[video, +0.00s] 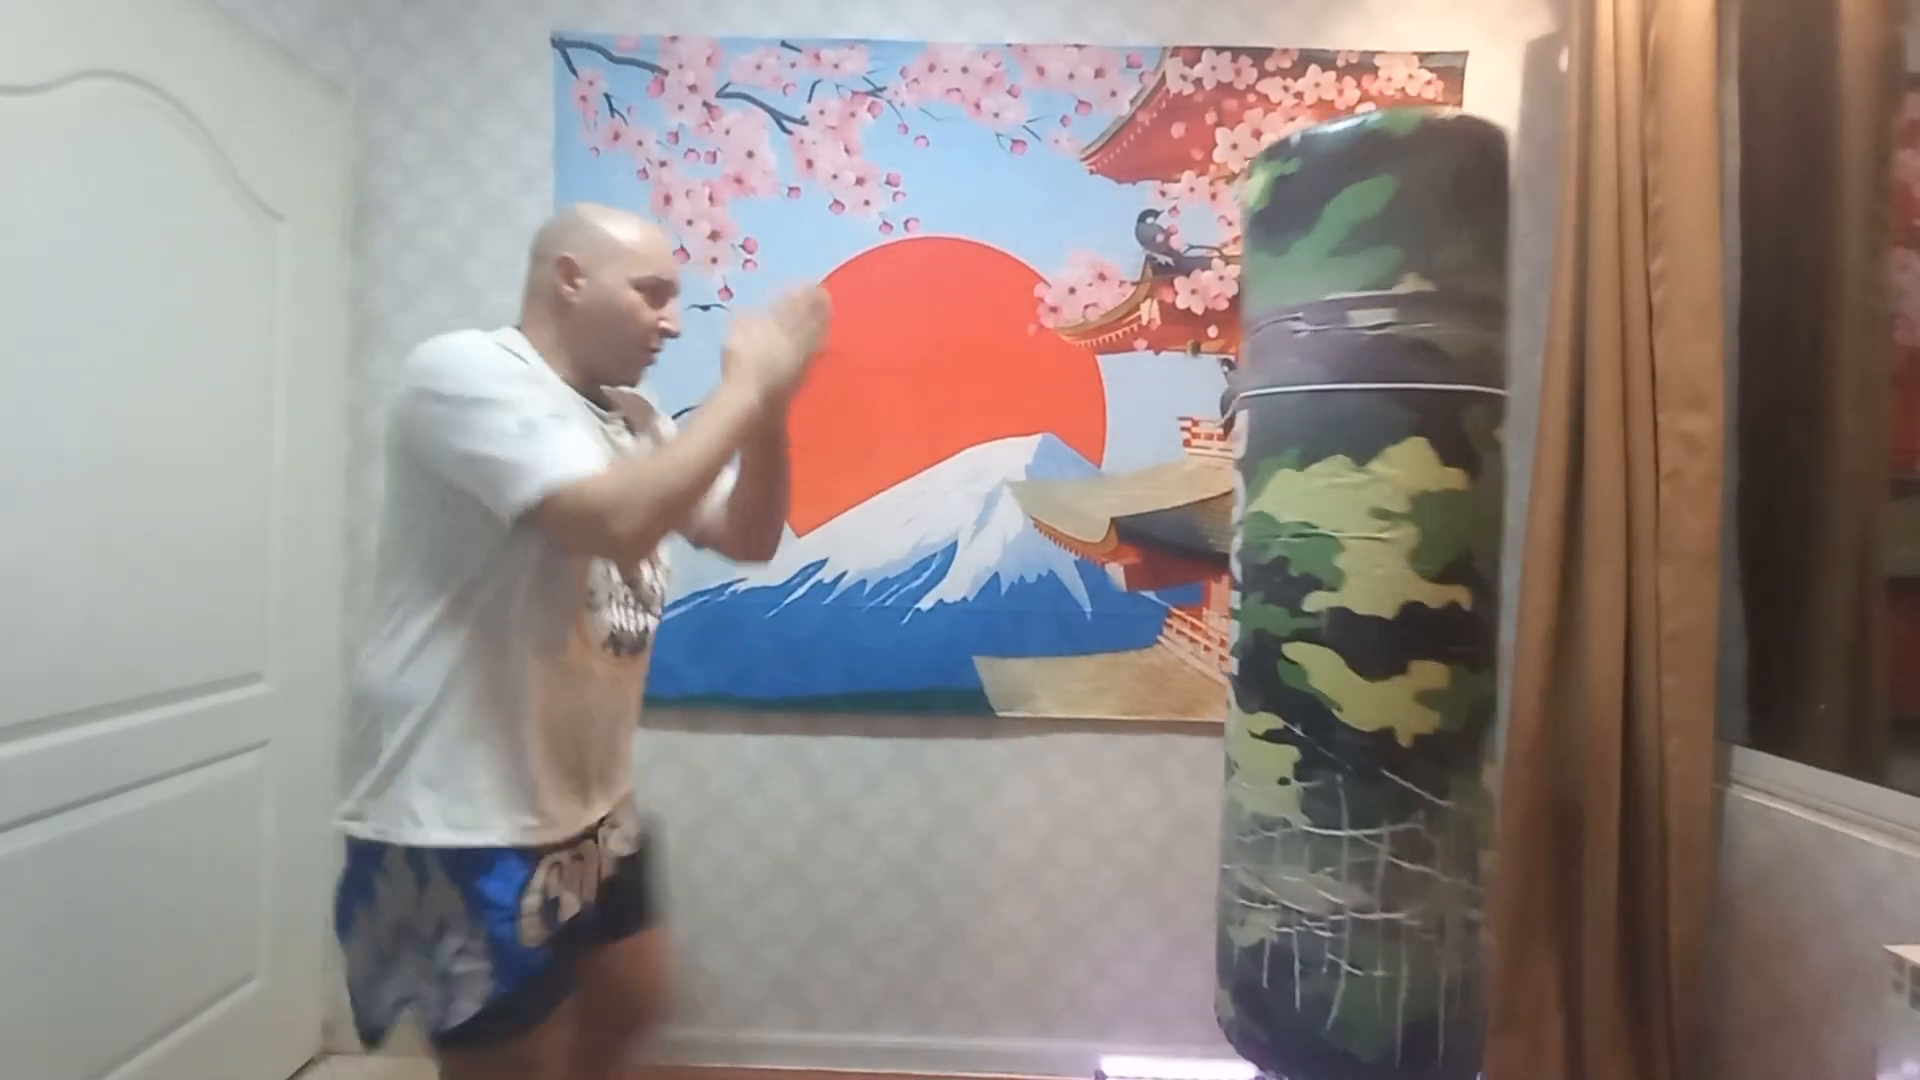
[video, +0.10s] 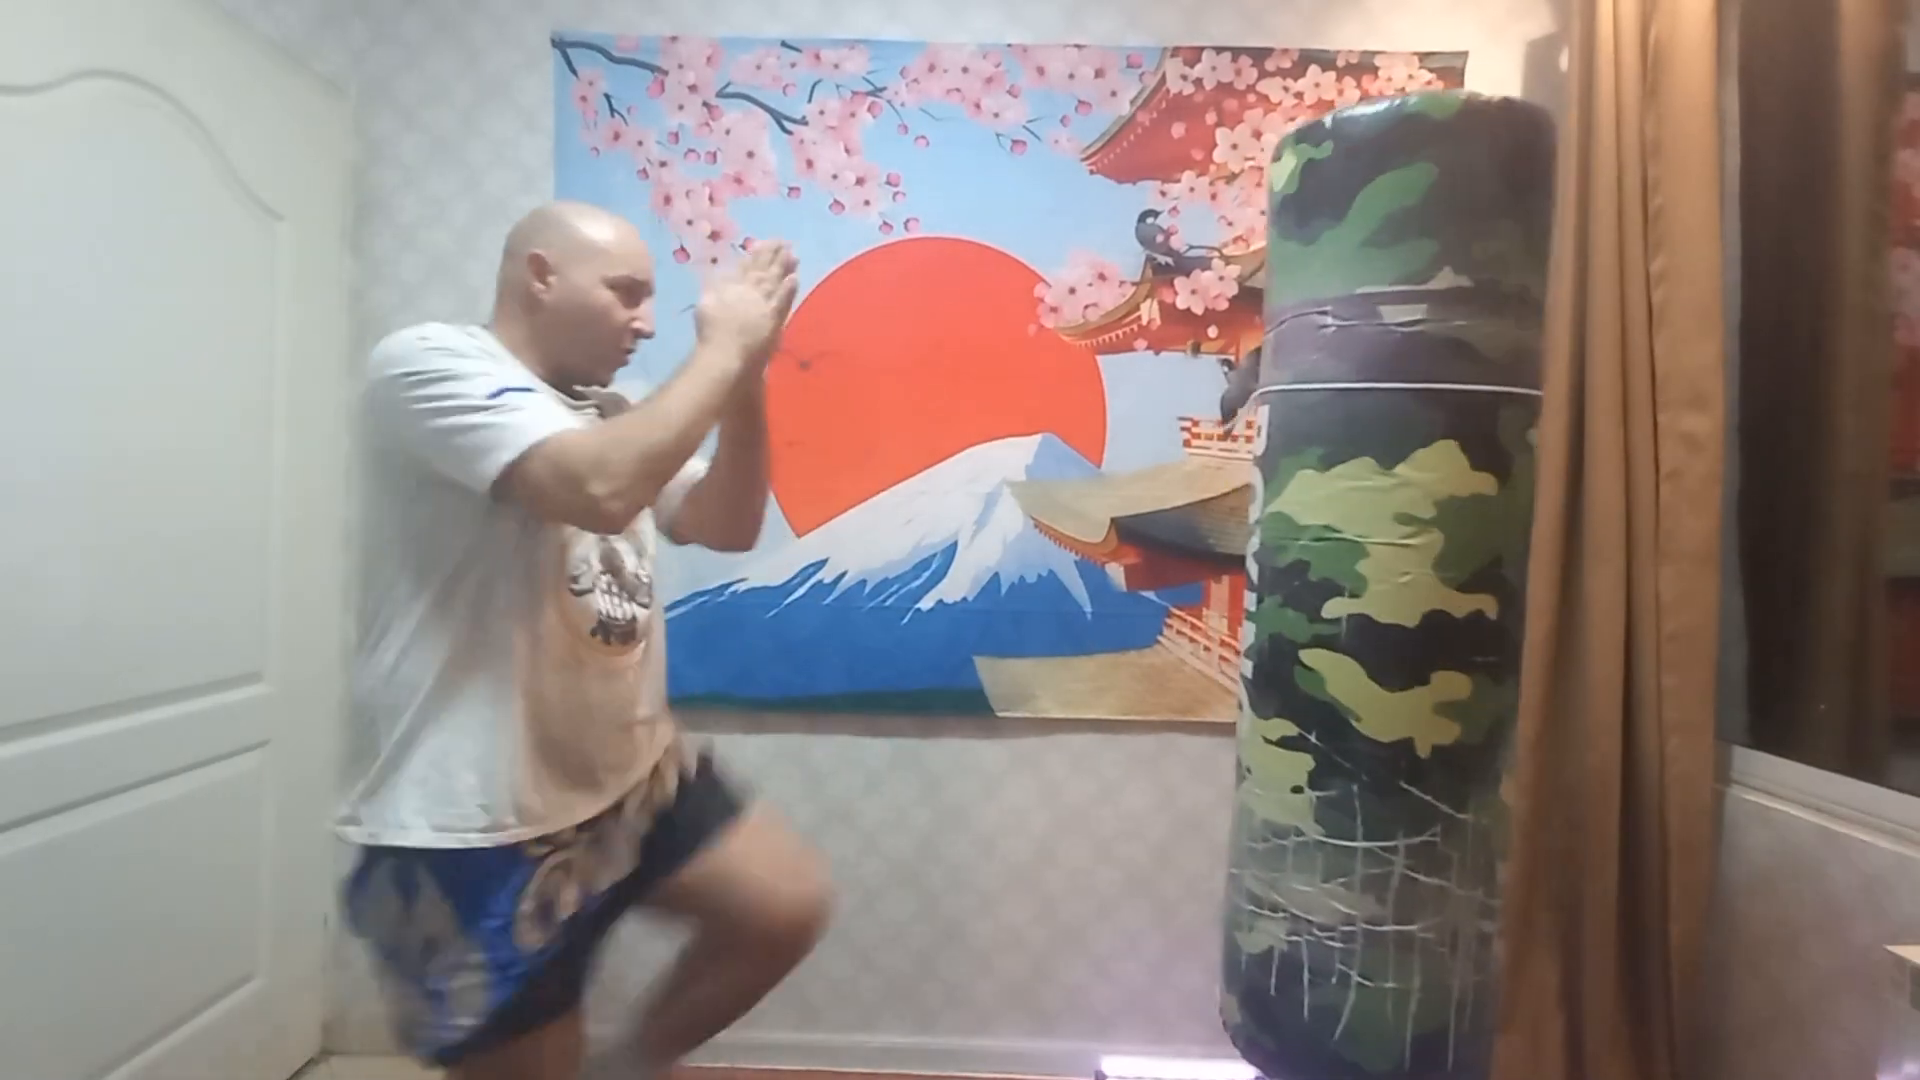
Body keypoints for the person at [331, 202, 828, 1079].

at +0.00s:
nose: (671, 322)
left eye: (673, 299)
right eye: (652, 293)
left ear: (577, 286)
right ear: (570, 282)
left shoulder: (632, 419)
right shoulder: (457, 374)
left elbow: (749, 536)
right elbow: (613, 518)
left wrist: (767, 402)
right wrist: (749, 386)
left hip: (593, 816)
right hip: (469, 839)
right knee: (518, 1063)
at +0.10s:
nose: (645, 318)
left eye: (647, 298)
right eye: (626, 292)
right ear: (540, 276)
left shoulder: (605, 411)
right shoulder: (425, 367)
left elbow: (727, 522)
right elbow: (600, 487)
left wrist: (747, 369)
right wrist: (725, 350)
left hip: (628, 776)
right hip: (477, 828)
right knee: (529, 1063)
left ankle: (632, 1064)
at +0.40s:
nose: (609, 336)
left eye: (614, 316)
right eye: (590, 307)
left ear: (536, 302)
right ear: (499, 292)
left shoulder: (586, 436)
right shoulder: (375, 396)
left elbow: (662, 613)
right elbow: (450, 590)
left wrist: (693, 500)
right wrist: (657, 496)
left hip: (634, 756)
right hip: (490, 839)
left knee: (848, 814)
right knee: (533, 1066)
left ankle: (1062, 1028)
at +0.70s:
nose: (639, 327)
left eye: (639, 302)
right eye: (618, 299)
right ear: (532, 287)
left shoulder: (609, 414)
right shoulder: (426, 400)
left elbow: (746, 473)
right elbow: (490, 603)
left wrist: (844, 400)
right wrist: (654, 488)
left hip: (615, 814)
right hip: (500, 850)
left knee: (623, 994)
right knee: (539, 1060)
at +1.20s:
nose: (738, 334)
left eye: (735, 310)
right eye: (721, 307)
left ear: (646, 307)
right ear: (648, 303)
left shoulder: (632, 410)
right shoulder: (596, 402)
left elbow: (759, 549)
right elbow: (611, 598)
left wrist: (781, 442)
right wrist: (803, 543)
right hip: (618, 833)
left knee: (521, 1045)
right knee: (731, 1060)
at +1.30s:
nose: (754, 331)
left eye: (752, 306)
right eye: (735, 302)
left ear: (661, 301)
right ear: (655, 299)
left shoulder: (734, 428)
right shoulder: (553, 414)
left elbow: (866, 477)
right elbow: (477, 627)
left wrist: (841, 357)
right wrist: (717, 626)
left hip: (739, 833)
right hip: (654, 852)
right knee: (783, 1059)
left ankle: (510, 1068)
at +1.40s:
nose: (758, 320)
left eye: (755, 296)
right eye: (735, 292)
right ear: (649, 290)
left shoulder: (761, 428)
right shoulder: (522, 416)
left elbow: (901, 479)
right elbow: (418, 632)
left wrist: (954, 371)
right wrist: (643, 609)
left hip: (829, 824)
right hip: (696, 877)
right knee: (809, 1058)